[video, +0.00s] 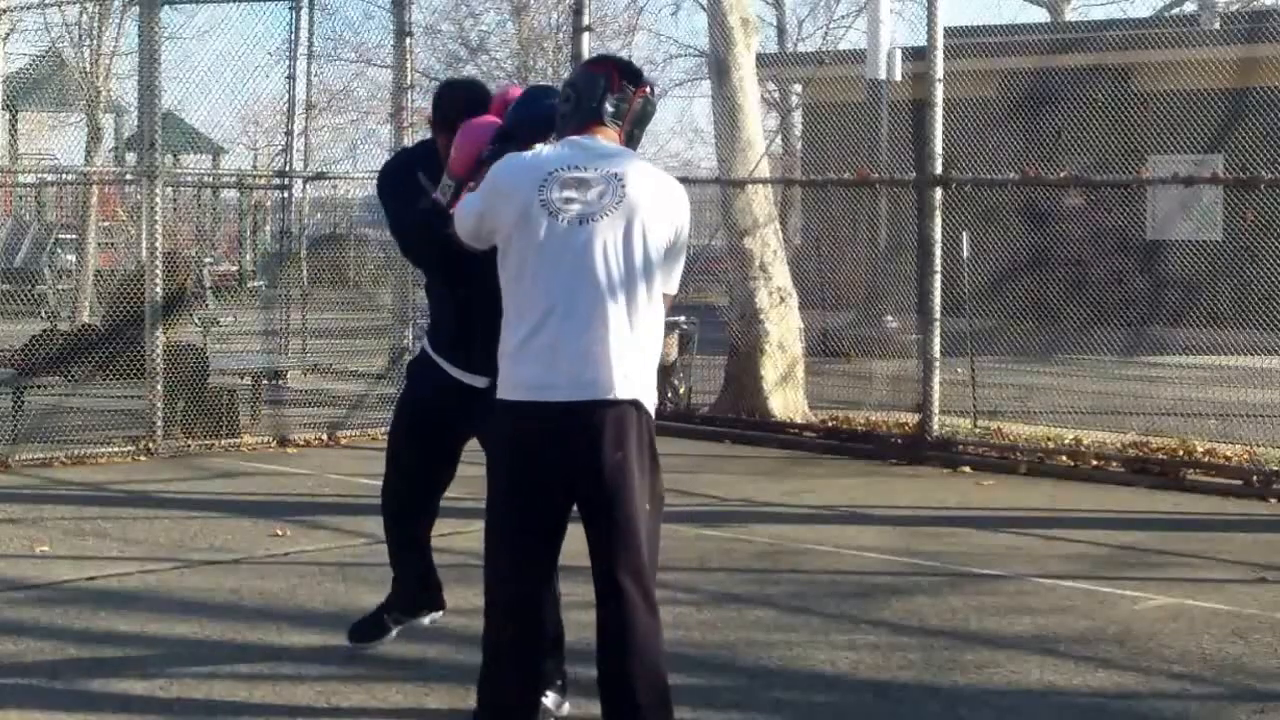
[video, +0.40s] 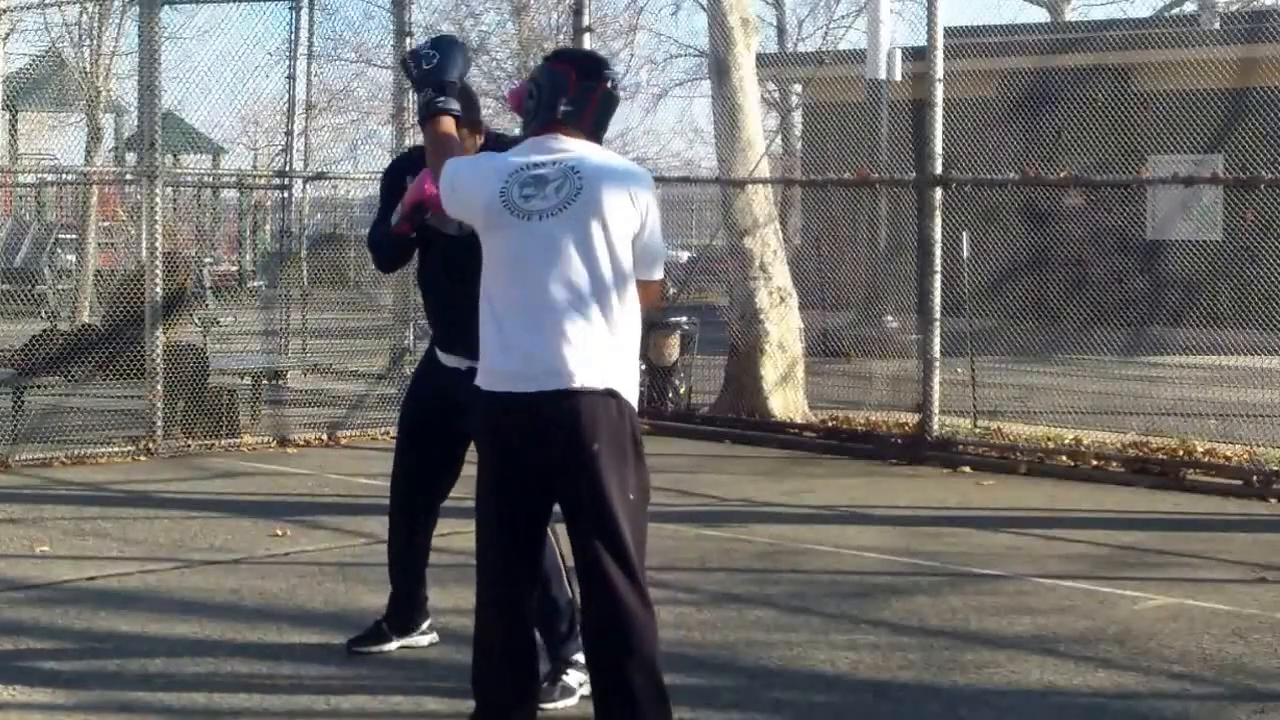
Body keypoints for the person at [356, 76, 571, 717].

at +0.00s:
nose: (481, 152)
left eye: (491, 143)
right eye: (477, 140)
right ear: (461, 135)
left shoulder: (528, 178)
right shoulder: (408, 173)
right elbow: (422, 246)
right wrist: (456, 187)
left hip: (519, 384)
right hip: (445, 369)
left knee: (524, 536)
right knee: (405, 497)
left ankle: (546, 674)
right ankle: (416, 594)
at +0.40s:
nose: (432, 126)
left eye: (442, 116)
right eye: (427, 114)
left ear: (469, 116)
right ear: (420, 115)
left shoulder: (508, 165)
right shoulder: (409, 171)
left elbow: (523, 241)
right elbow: (385, 256)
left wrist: (459, 190)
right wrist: (415, 208)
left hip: (507, 373)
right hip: (442, 368)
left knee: (523, 522)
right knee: (410, 500)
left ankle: (568, 652)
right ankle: (405, 613)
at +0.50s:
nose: (617, 117)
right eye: (615, 106)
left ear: (544, 100)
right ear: (609, 109)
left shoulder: (485, 174)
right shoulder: (629, 183)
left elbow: (439, 189)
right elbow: (638, 285)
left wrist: (449, 141)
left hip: (503, 400)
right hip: (596, 403)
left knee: (506, 560)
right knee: (615, 566)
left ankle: (501, 704)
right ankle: (627, 708)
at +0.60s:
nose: (630, 118)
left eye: (628, 105)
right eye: (628, 106)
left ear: (550, 99)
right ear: (619, 112)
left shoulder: (492, 173)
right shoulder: (637, 191)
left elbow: (435, 199)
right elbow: (643, 265)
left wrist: (483, 156)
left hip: (508, 408)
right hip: (601, 412)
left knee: (508, 570)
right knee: (615, 585)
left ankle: (502, 708)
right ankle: (615, 711)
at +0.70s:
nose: (649, 128)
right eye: (648, 115)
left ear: (572, 108)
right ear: (642, 119)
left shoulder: (501, 188)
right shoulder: (660, 208)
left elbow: (471, 285)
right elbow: (666, 319)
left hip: (509, 419)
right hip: (610, 427)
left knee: (512, 591)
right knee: (618, 595)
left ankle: (502, 709)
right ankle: (610, 714)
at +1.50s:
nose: (587, 105)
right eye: (582, 94)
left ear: (512, 107)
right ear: (577, 100)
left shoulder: (474, 190)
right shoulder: (610, 180)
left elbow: (483, 277)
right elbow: (642, 282)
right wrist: (564, 280)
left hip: (489, 400)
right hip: (574, 401)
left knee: (495, 580)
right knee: (583, 582)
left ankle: (487, 709)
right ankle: (573, 707)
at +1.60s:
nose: (606, 110)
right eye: (601, 98)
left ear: (528, 102)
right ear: (591, 103)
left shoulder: (479, 187)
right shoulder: (616, 186)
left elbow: (470, 284)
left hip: (490, 402)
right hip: (575, 407)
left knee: (498, 565)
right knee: (579, 576)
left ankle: (489, 707)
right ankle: (552, 707)